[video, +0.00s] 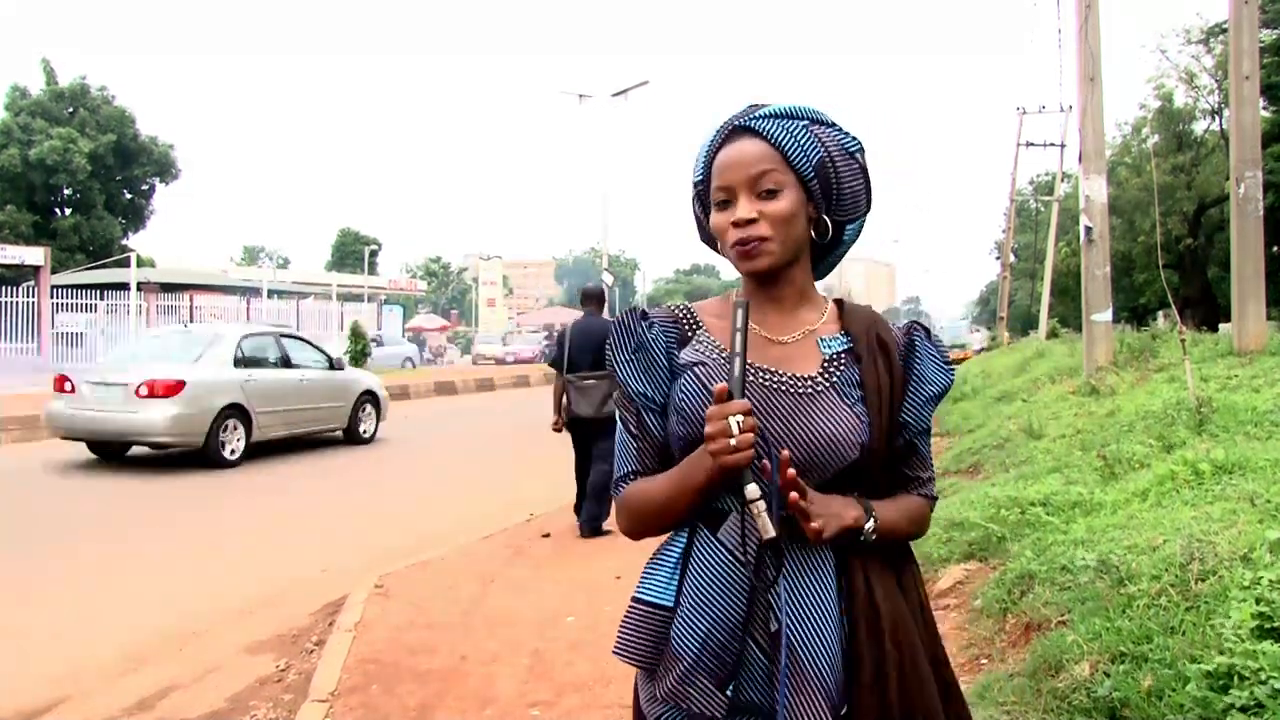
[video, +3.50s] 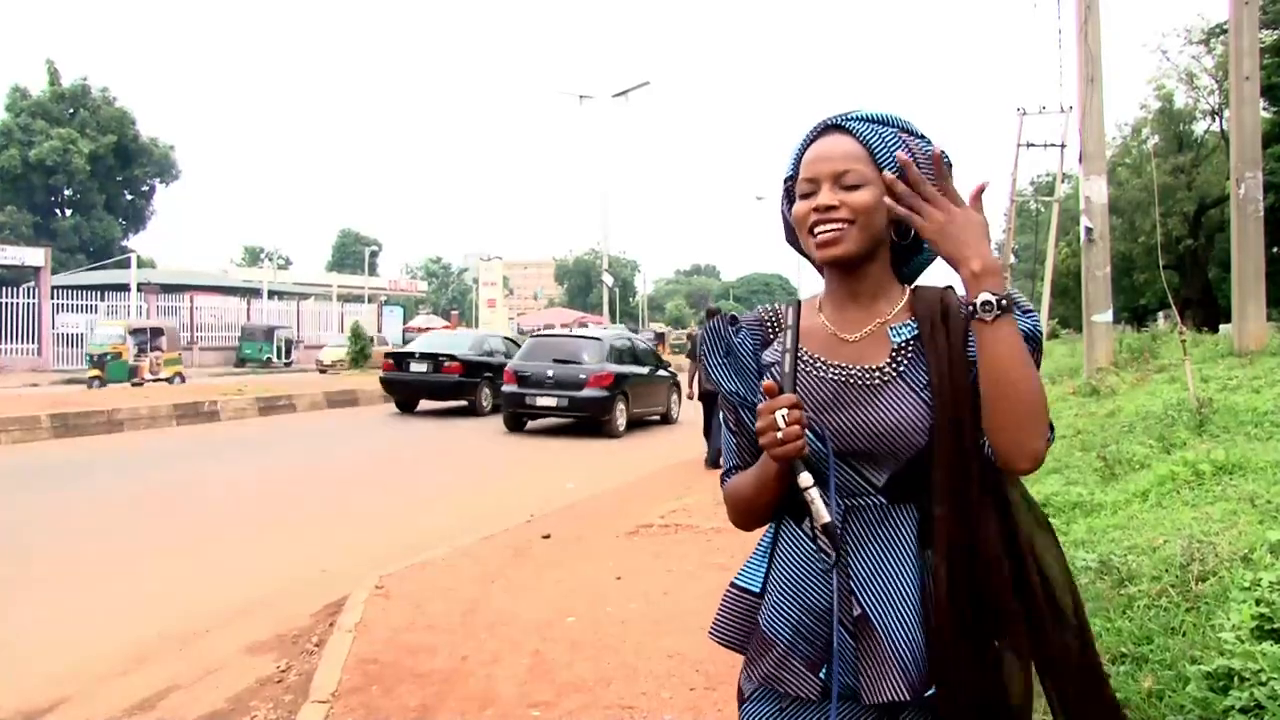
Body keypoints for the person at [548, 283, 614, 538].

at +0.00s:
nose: (598, 307)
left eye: (591, 302)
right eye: (602, 302)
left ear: (581, 304)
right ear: (604, 303)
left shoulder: (568, 333)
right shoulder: (614, 330)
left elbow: (560, 376)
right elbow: (625, 372)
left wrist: (556, 412)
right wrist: (629, 406)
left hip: (577, 406)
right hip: (607, 405)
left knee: (582, 459)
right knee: (603, 462)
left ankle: (582, 509)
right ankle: (591, 522)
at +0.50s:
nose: (604, 311)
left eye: (600, 307)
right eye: (610, 308)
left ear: (592, 308)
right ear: (614, 308)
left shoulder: (580, 334)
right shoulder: (623, 333)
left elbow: (571, 364)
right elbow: (629, 367)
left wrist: (584, 387)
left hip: (586, 403)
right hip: (618, 401)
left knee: (588, 456)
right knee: (620, 450)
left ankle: (595, 511)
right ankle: (619, 496)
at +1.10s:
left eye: (623, 310)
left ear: (619, 311)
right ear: (639, 312)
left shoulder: (610, 336)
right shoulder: (646, 337)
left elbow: (604, 372)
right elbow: (651, 371)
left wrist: (601, 402)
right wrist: (650, 397)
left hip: (618, 402)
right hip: (641, 401)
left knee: (617, 444)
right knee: (636, 445)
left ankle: (619, 484)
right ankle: (627, 493)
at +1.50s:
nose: (638, 314)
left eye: (634, 310)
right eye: (642, 310)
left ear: (629, 311)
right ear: (647, 310)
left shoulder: (619, 334)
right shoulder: (654, 334)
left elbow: (612, 366)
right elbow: (661, 365)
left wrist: (614, 397)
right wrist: (661, 391)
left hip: (624, 401)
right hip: (649, 399)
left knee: (624, 443)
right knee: (649, 434)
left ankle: (633, 485)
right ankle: (643, 468)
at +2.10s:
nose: (669, 314)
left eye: (666, 311)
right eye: (672, 310)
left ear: (660, 311)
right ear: (677, 311)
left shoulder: (650, 332)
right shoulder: (685, 332)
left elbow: (641, 356)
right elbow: (692, 359)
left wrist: (647, 380)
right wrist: (693, 382)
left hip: (654, 388)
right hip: (679, 387)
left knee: (654, 427)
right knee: (675, 432)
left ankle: (649, 459)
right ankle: (668, 474)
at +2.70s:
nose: (690, 315)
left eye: (687, 312)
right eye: (692, 312)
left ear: (679, 312)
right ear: (694, 313)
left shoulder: (668, 332)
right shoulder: (701, 332)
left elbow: (662, 354)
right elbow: (708, 355)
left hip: (673, 383)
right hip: (697, 382)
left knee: (677, 422)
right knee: (703, 419)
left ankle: (682, 464)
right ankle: (693, 449)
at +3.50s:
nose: (714, 322)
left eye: (714, 318)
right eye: (715, 319)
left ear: (706, 319)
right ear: (720, 319)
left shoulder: (700, 337)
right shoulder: (727, 337)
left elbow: (693, 363)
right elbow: (733, 362)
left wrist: (690, 386)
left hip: (706, 386)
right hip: (724, 385)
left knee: (708, 418)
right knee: (719, 419)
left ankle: (711, 449)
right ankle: (714, 454)